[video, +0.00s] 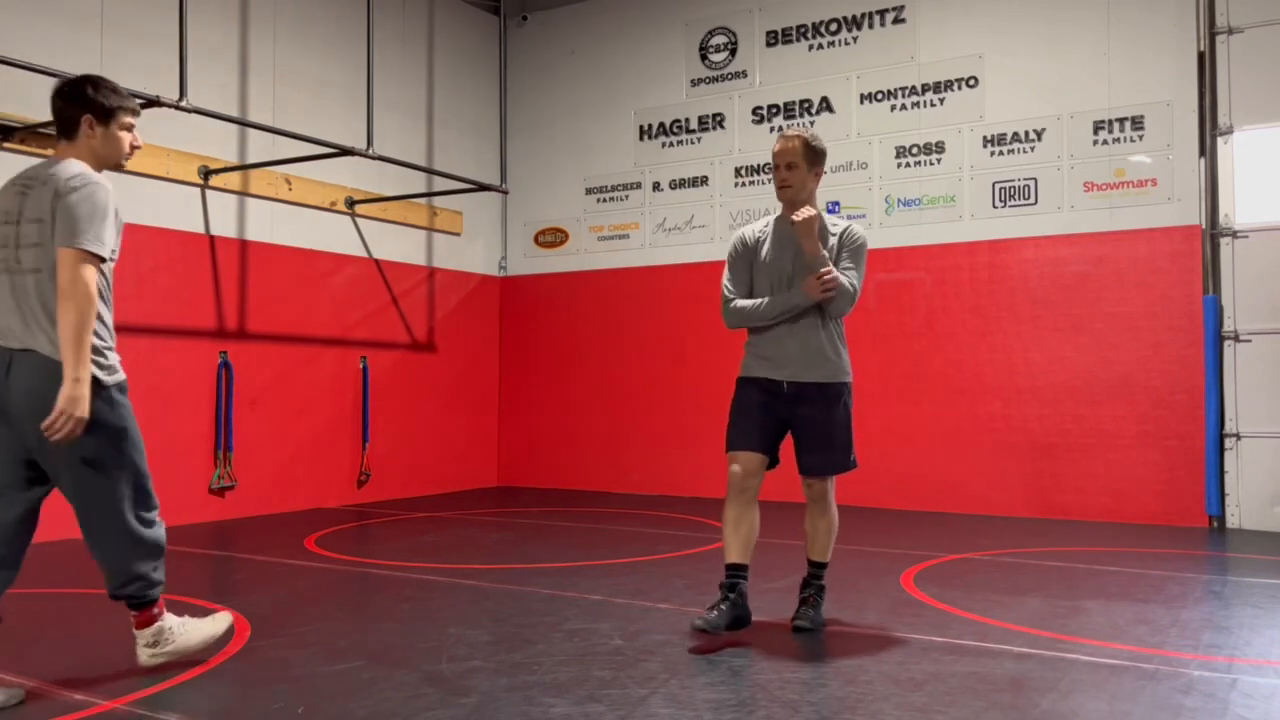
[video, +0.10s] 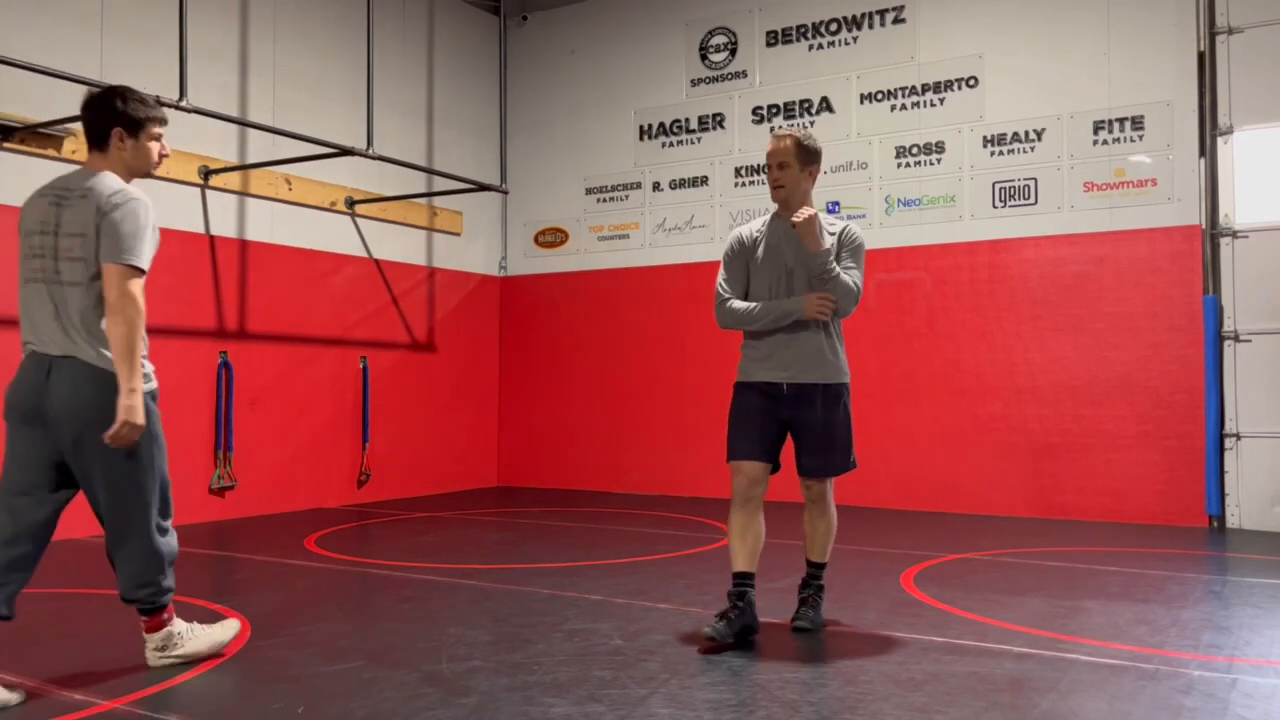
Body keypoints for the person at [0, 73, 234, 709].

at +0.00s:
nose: (135, 141)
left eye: (136, 130)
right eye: (128, 128)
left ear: (80, 128)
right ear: (89, 125)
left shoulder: (15, 185)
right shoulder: (85, 186)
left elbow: (15, 275)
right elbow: (76, 278)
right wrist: (76, 374)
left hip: (10, 369)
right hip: (66, 372)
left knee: (6, 520)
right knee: (122, 496)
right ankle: (153, 627)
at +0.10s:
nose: (163, 151)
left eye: (164, 139)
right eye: (156, 139)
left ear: (100, 140)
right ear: (120, 138)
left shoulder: (39, 199)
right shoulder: (125, 202)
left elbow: (40, 290)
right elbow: (121, 298)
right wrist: (131, 388)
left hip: (35, 379)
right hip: (101, 382)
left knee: (16, 523)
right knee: (141, 509)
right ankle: (162, 630)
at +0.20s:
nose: (194, 154)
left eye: (194, 142)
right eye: (186, 142)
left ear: (135, 145)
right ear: (151, 143)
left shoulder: (70, 202)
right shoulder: (160, 207)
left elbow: (76, 286)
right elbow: (174, 300)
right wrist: (192, 388)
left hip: (73, 377)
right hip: (137, 382)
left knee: (54, 506)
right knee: (160, 506)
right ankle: (169, 630)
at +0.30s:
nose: (219, 156)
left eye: (219, 144)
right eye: (213, 144)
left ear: (162, 145)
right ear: (180, 144)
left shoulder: (99, 203)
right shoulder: (192, 208)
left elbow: (93, 294)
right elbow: (221, 300)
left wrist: (109, 359)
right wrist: (251, 380)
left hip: (109, 373)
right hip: (171, 378)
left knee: (111, 496)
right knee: (181, 503)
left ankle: (32, 596)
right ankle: (171, 631)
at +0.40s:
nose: (242, 159)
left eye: (242, 147)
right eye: (237, 147)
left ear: (189, 148)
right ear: (203, 147)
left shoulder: (127, 206)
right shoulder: (217, 211)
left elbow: (116, 297)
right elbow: (252, 298)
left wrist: (123, 369)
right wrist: (300, 369)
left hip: (137, 373)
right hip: (195, 376)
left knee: (152, 490)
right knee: (197, 497)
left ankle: (87, 582)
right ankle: (173, 630)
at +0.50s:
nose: (264, 162)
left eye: (264, 152)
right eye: (257, 151)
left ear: (213, 151)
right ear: (225, 149)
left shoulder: (152, 211)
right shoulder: (236, 212)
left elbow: (142, 302)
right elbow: (274, 293)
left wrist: (151, 369)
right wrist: (330, 350)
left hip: (163, 373)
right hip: (214, 376)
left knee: (196, 485)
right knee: (219, 493)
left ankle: (154, 585)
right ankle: (174, 627)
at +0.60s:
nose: (286, 169)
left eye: (286, 158)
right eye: (279, 158)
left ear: (237, 159)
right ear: (247, 156)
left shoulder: (178, 215)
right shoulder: (254, 215)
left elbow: (170, 303)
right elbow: (287, 294)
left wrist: (180, 366)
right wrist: (344, 344)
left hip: (189, 372)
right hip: (232, 375)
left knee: (250, 479)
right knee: (218, 490)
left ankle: (225, 598)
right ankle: (176, 626)